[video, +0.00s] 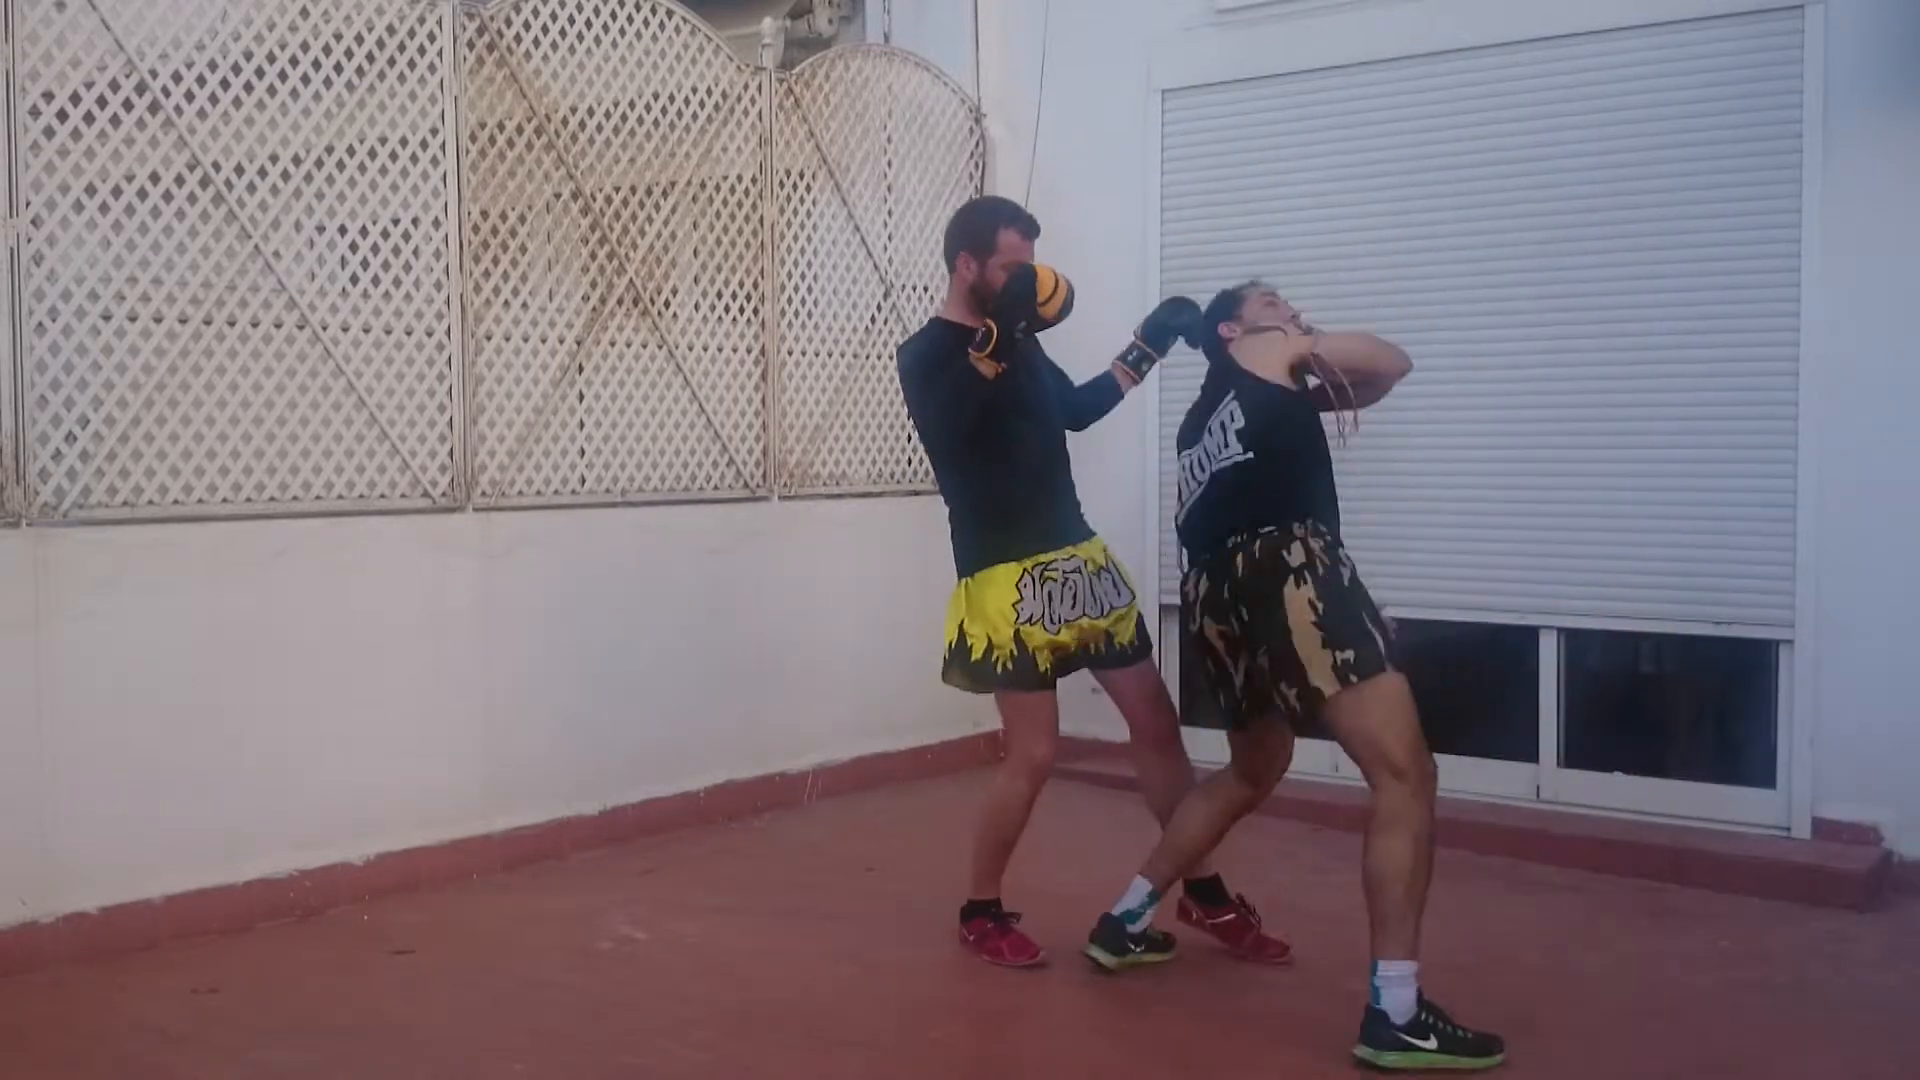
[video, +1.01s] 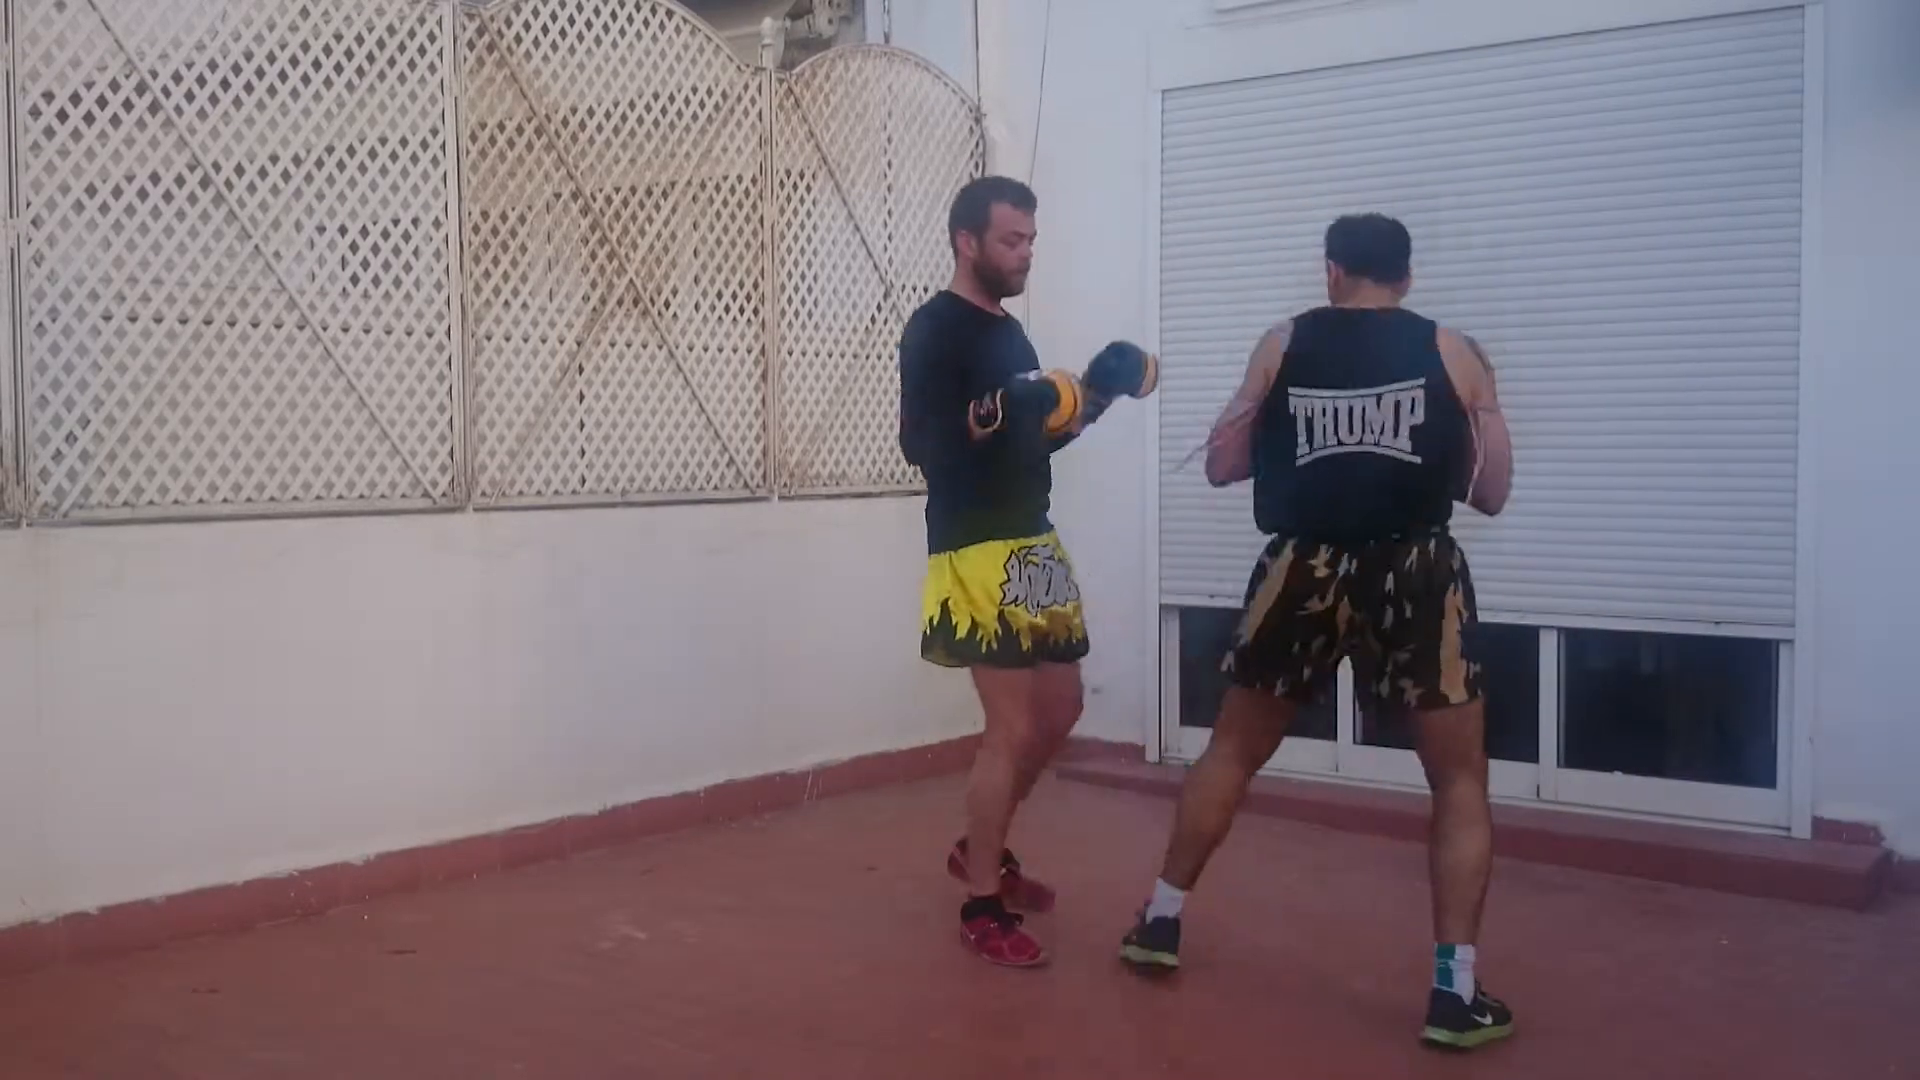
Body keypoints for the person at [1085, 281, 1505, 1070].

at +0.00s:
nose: (1294, 310)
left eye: (1289, 301)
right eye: (1276, 300)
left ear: (1223, 345)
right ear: (1232, 326)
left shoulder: (1198, 427)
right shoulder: (1263, 350)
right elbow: (1390, 361)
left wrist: (1316, 385)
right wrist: (1318, 361)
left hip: (1220, 593)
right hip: (1294, 572)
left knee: (1252, 769)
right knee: (1405, 774)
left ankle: (1123, 922)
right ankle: (1396, 1013)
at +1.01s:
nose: (1333, 286)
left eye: (1332, 273)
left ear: (1331, 274)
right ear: (1410, 281)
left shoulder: (1285, 343)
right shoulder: (1456, 353)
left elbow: (1222, 464)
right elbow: (1490, 492)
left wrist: (1292, 417)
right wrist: (1478, 408)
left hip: (1301, 574)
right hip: (1419, 579)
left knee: (1232, 750)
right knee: (1458, 779)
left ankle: (1160, 922)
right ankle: (1455, 995)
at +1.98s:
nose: (1409, 244)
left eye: (1412, 227)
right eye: (1409, 229)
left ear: (1446, 220)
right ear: (1500, 225)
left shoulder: (1456, 294)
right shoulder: (1570, 301)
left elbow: (1376, 421)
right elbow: (1518, 395)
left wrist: (1332, 338)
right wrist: (1434, 333)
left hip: (1487, 560)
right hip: (1590, 565)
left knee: (1389, 772)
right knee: (1595, 794)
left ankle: (1408, 1016)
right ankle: (1632, 1019)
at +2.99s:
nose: (1136, 453)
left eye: (1135, 447)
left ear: (1144, 441)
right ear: (1197, 404)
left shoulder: (1139, 485)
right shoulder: (1260, 406)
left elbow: (1104, 626)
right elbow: (1339, 492)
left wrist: (1138, 645)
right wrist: (1262, 481)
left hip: (1204, 582)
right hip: (1312, 561)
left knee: (1159, 750)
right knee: (1425, 765)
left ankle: (1091, 931)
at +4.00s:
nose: (1292, 302)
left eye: (1292, 290)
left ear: (1298, 289)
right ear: (1369, 295)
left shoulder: (1248, 348)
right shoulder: (1410, 356)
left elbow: (1204, 473)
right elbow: (1427, 491)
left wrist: (1278, 453)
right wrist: (1378, 431)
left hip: (1248, 551)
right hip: (1358, 559)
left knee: (1172, 738)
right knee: (1392, 748)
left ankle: (1092, 921)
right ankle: (1406, 954)